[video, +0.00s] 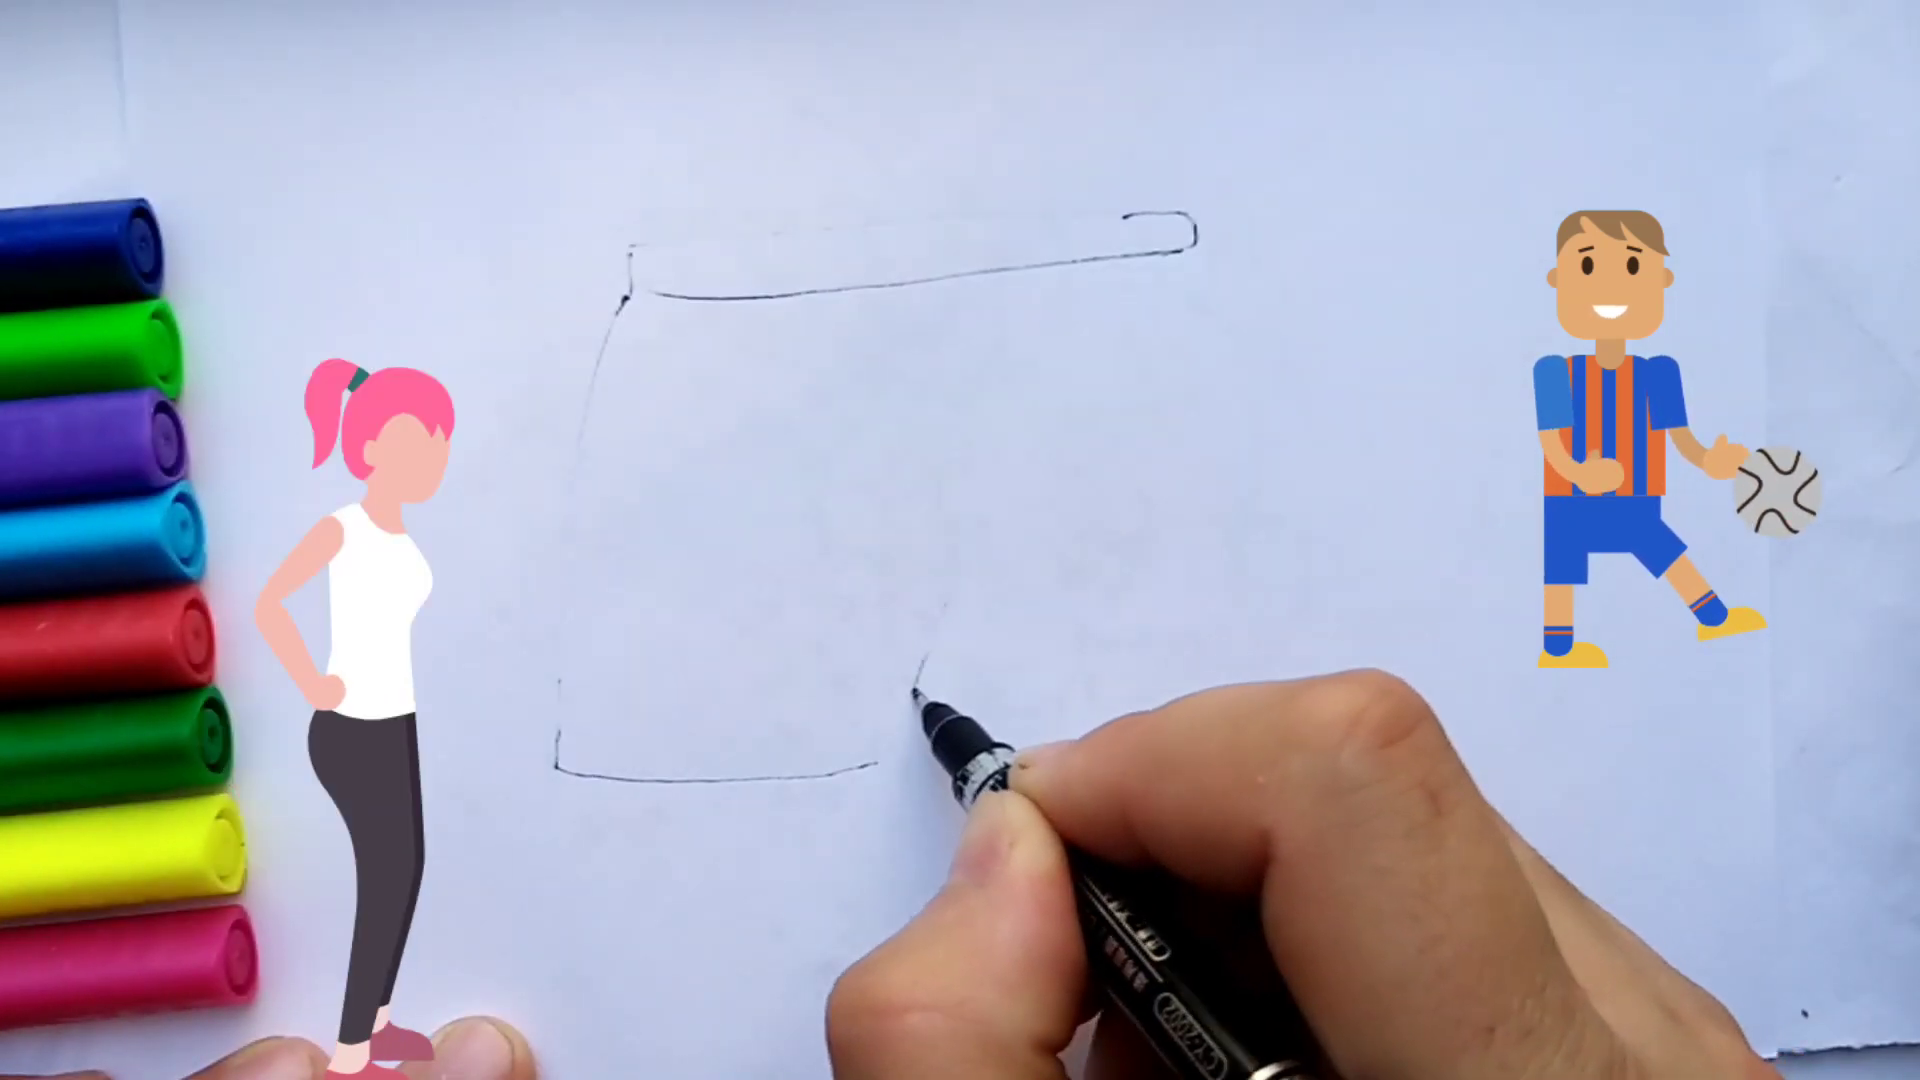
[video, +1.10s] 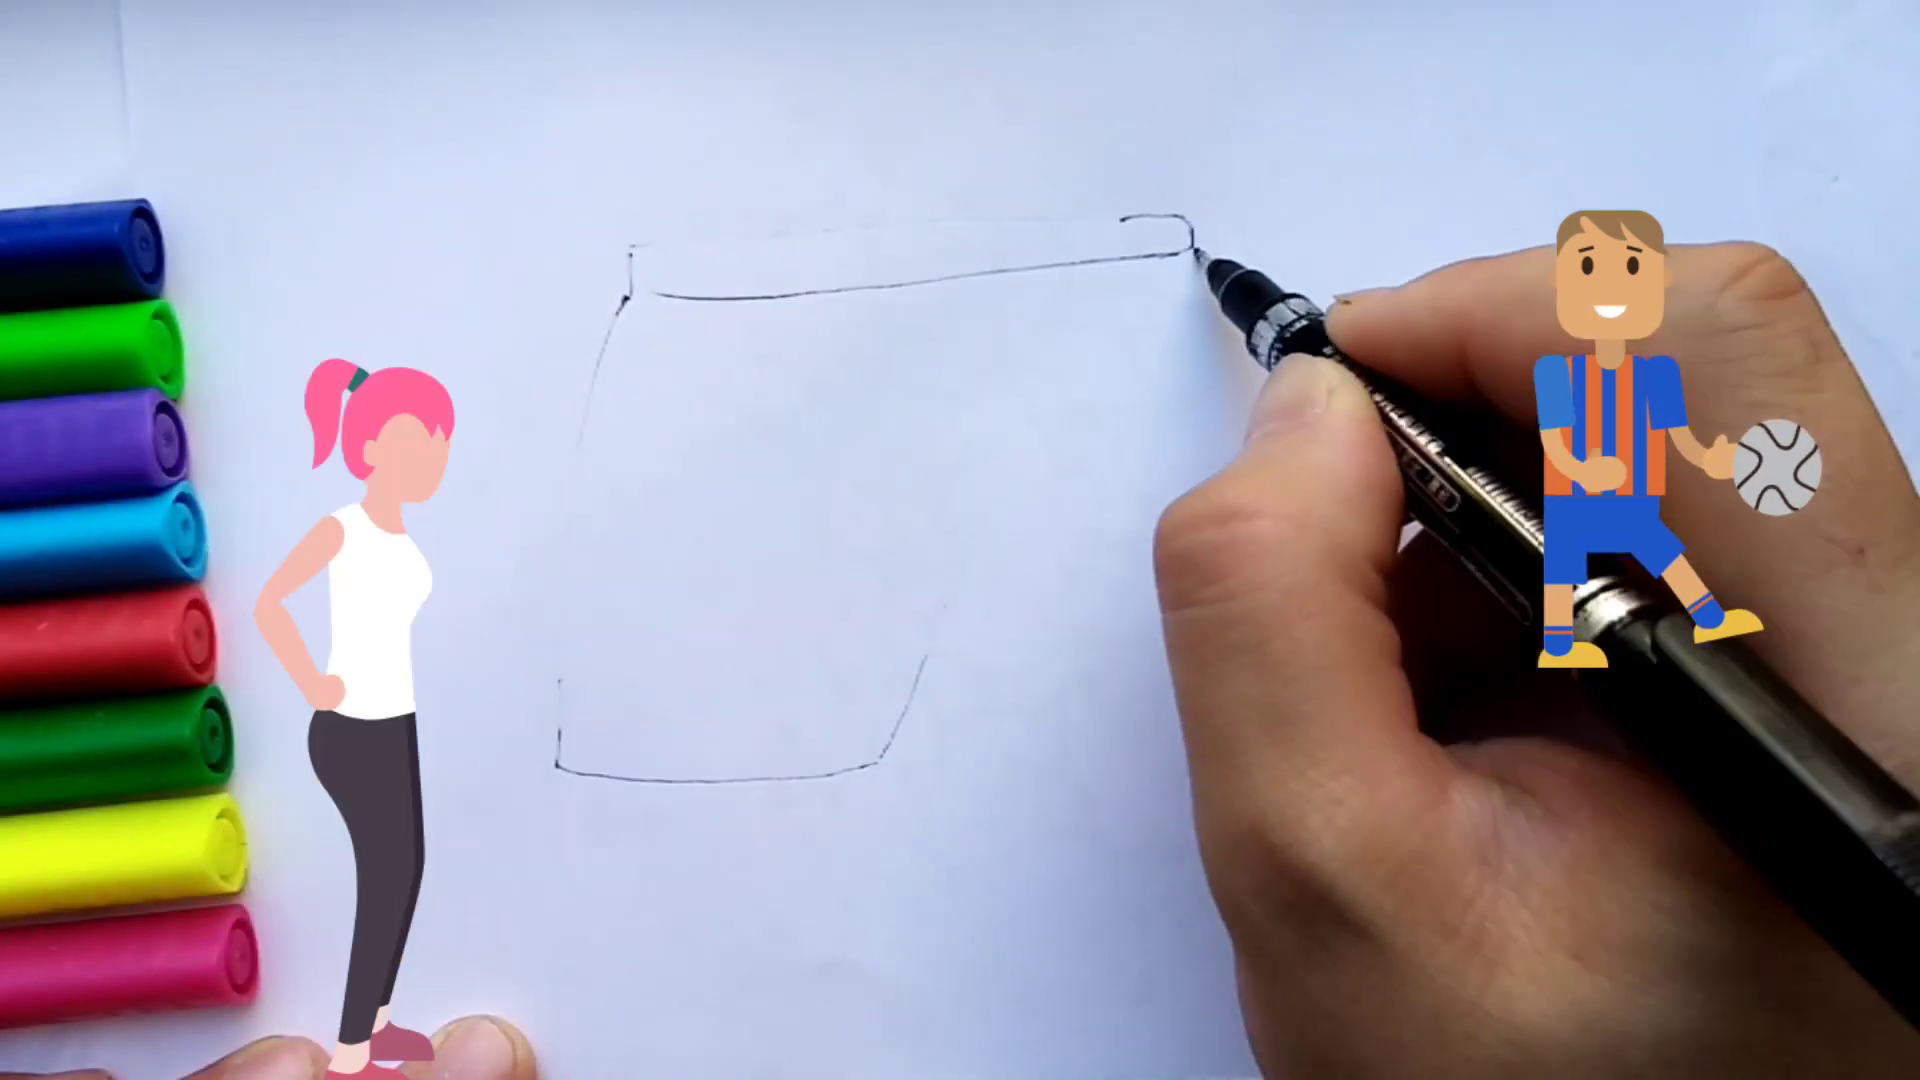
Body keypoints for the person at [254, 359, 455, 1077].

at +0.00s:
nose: (435, 456)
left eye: (439, 440)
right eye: (419, 438)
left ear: (441, 451)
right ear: (374, 447)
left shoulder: (404, 536)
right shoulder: (344, 529)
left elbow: (385, 623)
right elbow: (268, 606)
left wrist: (395, 687)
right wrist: (312, 684)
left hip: (397, 731)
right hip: (353, 732)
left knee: (405, 871)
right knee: (386, 877)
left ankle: (374, 1018)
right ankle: (349, 1052)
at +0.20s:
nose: (435, 456)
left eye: (439, 440)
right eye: (419, 438)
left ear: (441, 451)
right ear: (374, 447)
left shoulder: (404, 536)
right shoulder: (344, 528)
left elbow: (384, 622)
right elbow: (268, 605)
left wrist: (395, 686)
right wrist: (312, 684)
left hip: (397, 731)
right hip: (353, 732)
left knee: (406, 871)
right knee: (386, 877)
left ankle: (374, 1018)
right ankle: (349, 1051)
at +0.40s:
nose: (405, 587)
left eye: (405, 570)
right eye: (387, 570)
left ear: (406, 578)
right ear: (343, 579)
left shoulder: (363, 661)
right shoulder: (313, 655)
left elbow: (321, 738)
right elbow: (214, 712)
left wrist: (316, 799)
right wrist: (250, 791)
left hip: (305, 842)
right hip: (264, 850)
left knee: (393, 864)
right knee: (392, 874)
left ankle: (342, 1019)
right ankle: (352, 1058)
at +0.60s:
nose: (439, 455)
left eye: (441, 440)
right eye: (424, 437)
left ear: (438, 450)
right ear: (376, 446)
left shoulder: (403, 534)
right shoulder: (344, 528)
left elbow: (383, 622)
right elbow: (268, 605)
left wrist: (393, 685)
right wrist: (312, 684)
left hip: (397, 730)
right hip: (354, 732)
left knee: (405, 873)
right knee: (387, 878)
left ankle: (375, 1021)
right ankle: (349, 1051)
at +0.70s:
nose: (438, 456)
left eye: (441, 440)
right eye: (423, 438)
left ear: (439, 450)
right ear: (375, 446)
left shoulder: (403, 534)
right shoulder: (344, 528)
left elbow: (383, 623)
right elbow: (268, 605)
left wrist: (393, 685)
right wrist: (312, 684)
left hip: (397, 730)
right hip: (354, 732)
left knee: (405, 873)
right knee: (387, 878)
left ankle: (375, 1020)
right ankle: (349, 1050)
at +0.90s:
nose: (402, 588)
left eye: (403, 572)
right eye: (385, 571)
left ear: (405, 580)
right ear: (343, 578)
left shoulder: (363, 660)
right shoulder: (312, 656)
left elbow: (320, 738)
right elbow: (213, 713)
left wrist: (313, 795)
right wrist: (249, 790)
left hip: (306, 842)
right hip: (263, 851)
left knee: (391, 865)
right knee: (392, 872)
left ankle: (340, 1023)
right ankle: (351, 1056)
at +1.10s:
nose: (437, 456)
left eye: (440, 441)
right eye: (422, 439)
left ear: (440, 450)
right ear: (375, 447)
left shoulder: (404, 535)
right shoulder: (343, 529)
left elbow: (384, 623)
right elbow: (268, 605)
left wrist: (394, 686)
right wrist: (312, 684)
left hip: (397, 731)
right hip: (353, 733)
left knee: (405, 873)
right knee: (387, 878)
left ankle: (373, 1021)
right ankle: (349, 1051)